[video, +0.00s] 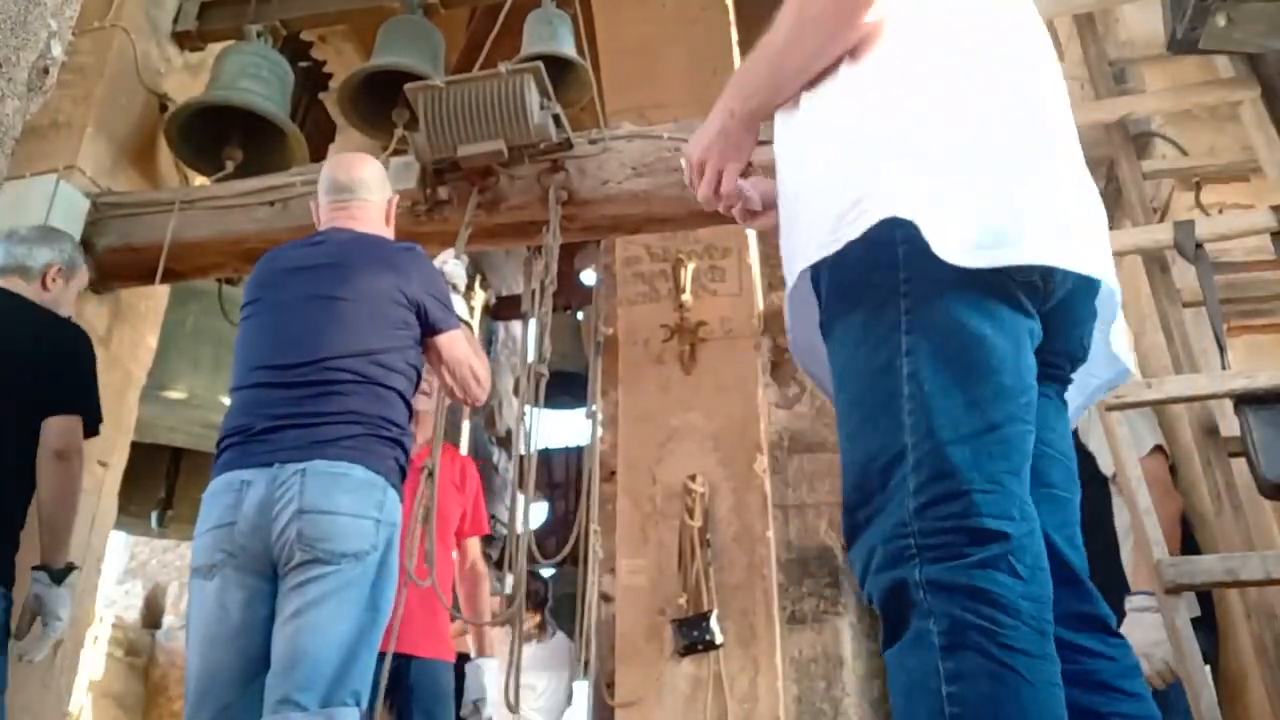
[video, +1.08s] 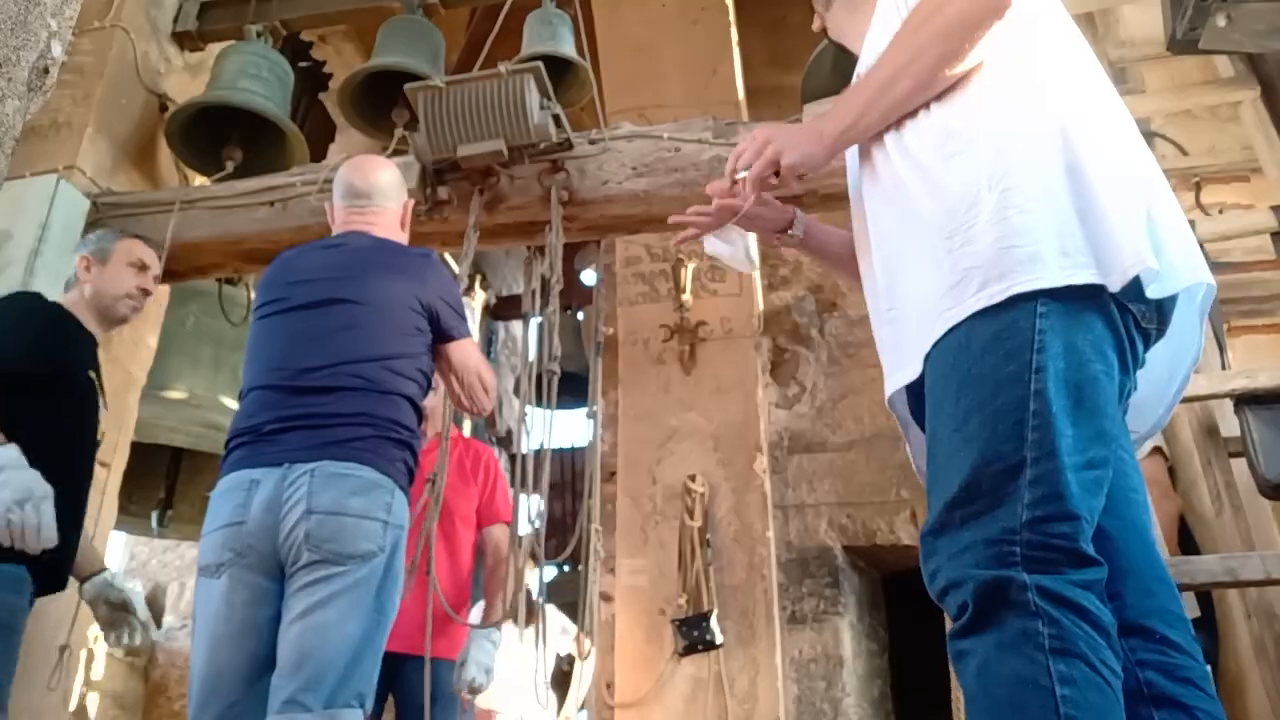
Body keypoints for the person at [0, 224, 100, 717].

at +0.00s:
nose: (74, 309)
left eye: (79, 297)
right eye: (77, 293)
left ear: (9, 269)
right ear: (51, 276)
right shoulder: (56, 337)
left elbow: (61, 448)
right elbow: (60, 448)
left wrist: (53, 571)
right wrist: (54, 572)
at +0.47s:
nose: (131, 291)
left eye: (136, 283)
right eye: (123, 271)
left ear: (71, 269)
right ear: (73, 264)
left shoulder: (27, 317)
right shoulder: (51, 315)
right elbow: (34, 414)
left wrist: (88, 531)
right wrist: (107, 522)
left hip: (19, 566)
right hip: (16, 566)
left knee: (8, 702)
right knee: (5, 703)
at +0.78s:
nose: (173, 301)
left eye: (177, 293)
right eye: (163, 282)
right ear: (114, 274)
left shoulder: (94, 344)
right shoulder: (75, 315)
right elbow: (27, 392)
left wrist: (115, 566)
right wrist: (100, 509)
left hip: (27, 571)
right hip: (14, 567)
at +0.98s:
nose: (164, 291)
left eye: (169, 285)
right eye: (153, 273)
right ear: (103, 269)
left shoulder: (91, 353)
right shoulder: (51, 315)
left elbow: (57, 482)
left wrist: (87, 578)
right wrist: (27, 494)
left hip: (26, 579)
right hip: (7, 572)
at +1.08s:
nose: (148, 286)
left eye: (153, 279)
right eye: (137, 267)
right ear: (86, 267)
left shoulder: (85, 367)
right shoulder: (30, 315)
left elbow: (56, 491)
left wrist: (96, 578)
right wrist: (9, 461)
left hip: (22, 577)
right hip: (6, 569)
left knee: (2, 701)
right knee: (1, 700)